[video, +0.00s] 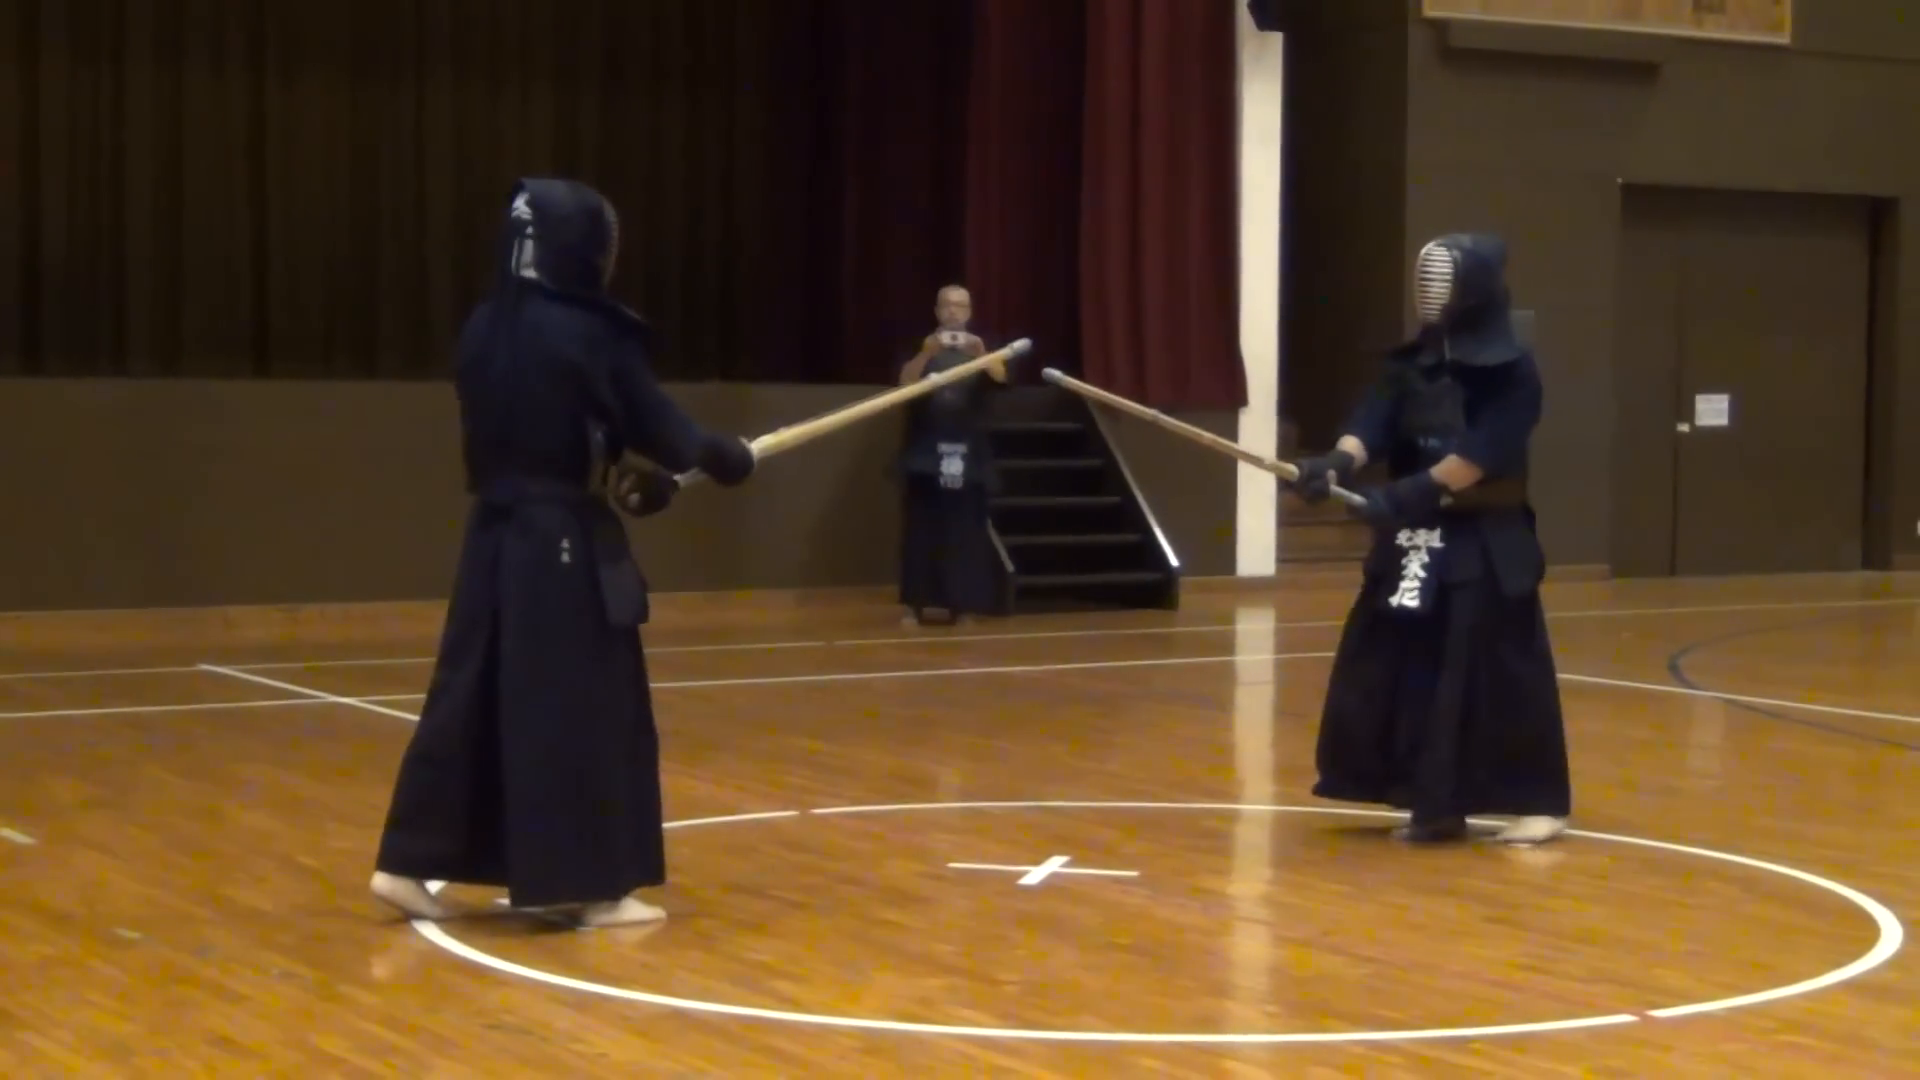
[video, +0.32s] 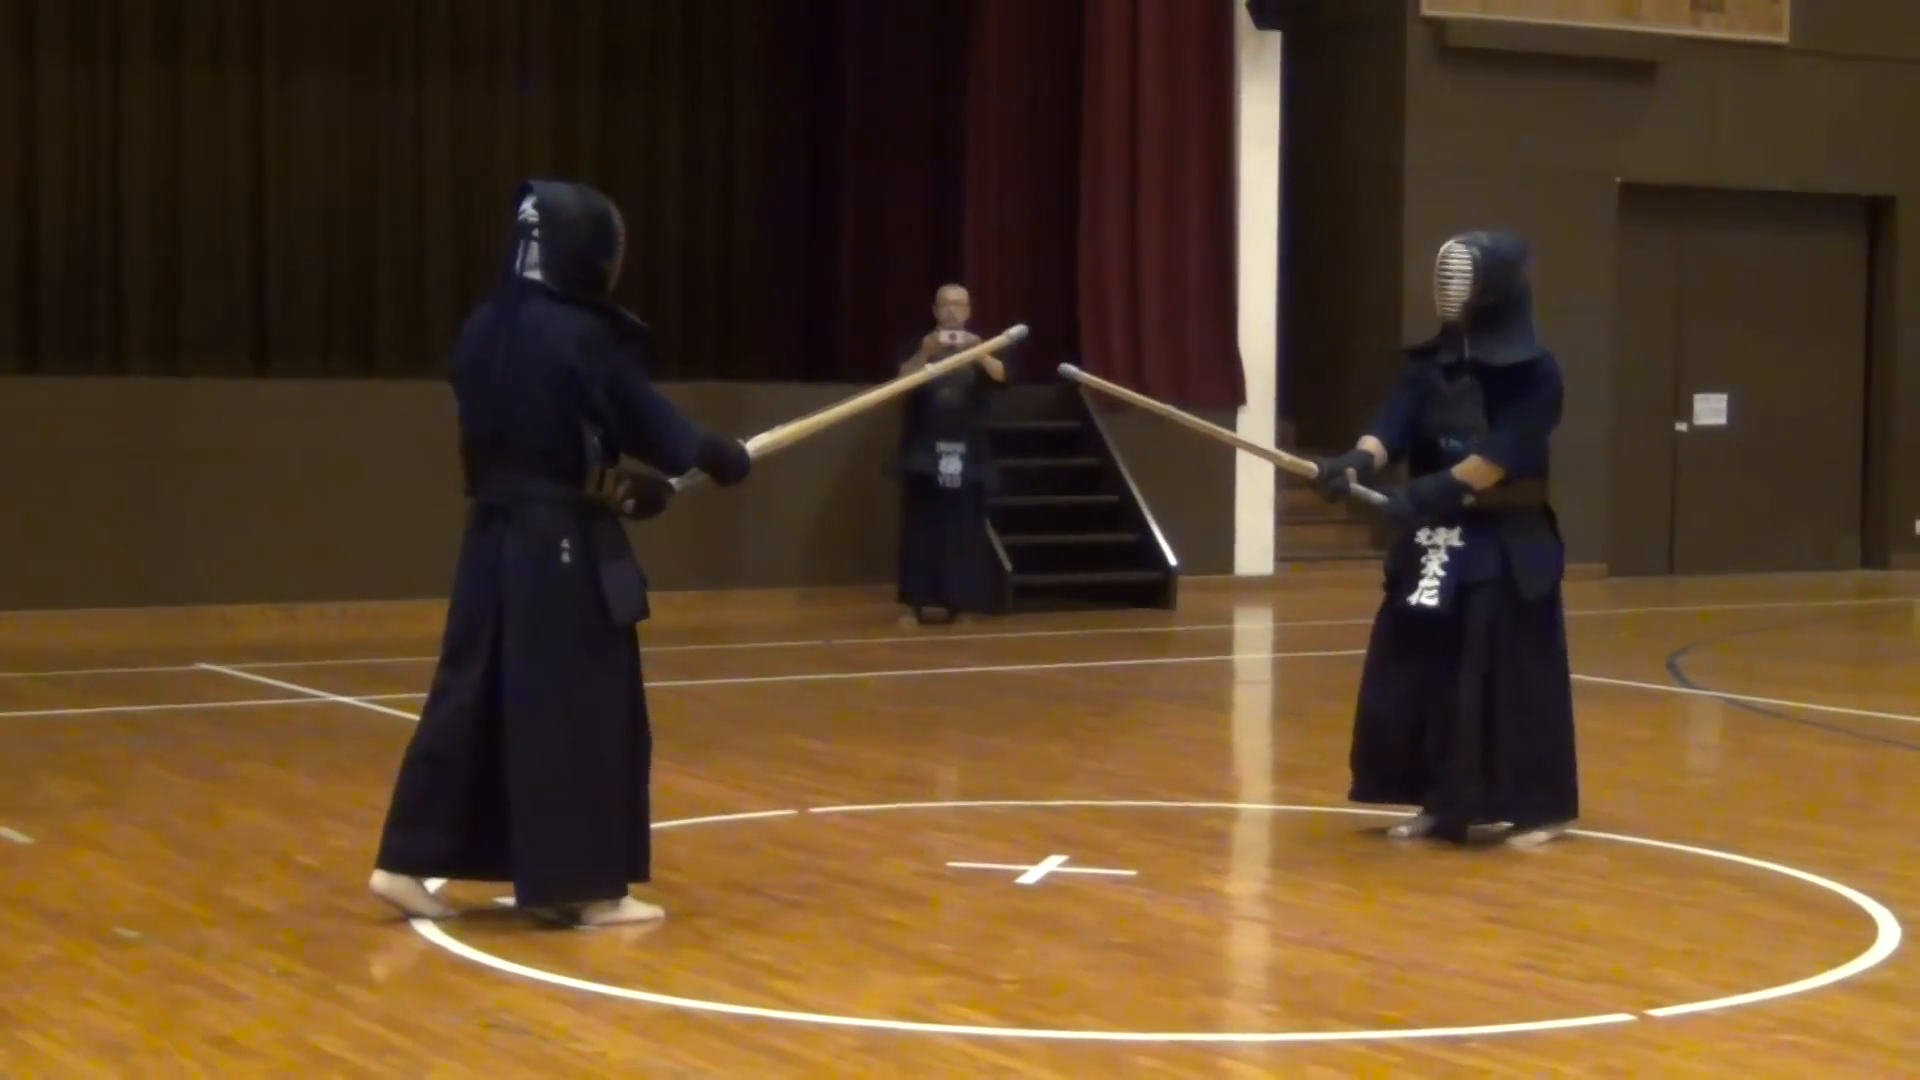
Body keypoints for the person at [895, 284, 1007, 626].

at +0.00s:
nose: (954, 312)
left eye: (961, 306)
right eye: (948, 306)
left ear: (970, 311)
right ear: (937, 310)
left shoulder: (980, 351)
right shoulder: (923, 348)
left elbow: (1002, 377)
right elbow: (905, 382)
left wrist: (977, 350)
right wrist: (928, 352)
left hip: (967, 445)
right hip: (926, 443)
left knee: (965, 521)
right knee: (923, 520)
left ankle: (962, 604)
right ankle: (915, 602)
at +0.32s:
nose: (953, 311)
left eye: (959, 305)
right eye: (946, 305)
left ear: (969, 310)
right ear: (935, 309)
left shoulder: (981, 348)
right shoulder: (920, 347)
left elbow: (1001, 376)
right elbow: (902, 380)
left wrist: (974, 349)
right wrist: (927, 353)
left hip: (967, 445)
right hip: (925, 444)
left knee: (962, 520)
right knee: (921, 520)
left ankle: (958, 601)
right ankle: (915, 600)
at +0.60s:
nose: (944, 312)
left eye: (950, 306)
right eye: (937, 306)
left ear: (960, 311)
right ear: (927, 310)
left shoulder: (969, 350)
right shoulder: (911, 347)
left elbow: (992, 377)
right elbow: (894, 382)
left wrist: (968, 349)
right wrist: (918, 352)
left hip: (957, 444)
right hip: (916, 443)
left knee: (954, 520)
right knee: (912, 520)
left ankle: (951, 602)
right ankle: (907, 601)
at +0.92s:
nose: (924, 313)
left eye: (930, 307)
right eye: (918, 307)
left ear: (940, 311)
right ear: (907, 311)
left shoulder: (950, 347)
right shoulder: (894, 348)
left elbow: (974, 377)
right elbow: (872, 383)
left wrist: (949, 354)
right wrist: (900, 356)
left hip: (937, 442)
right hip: (896, 441)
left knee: (932, 521)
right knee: (893, 520)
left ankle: (928, 602)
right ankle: (886, 601)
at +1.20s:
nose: (909, 314)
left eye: (916, 308)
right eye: (903, 308)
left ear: (926, 313)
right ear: (893, 312)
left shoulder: (937, 350)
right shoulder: (879, 349)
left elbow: (965, 382)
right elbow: (859, 384)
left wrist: (935, 355)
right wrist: (884, 354)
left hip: (924, 446)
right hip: (882, 445)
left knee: (921, 522)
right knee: (879, 522)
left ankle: (918, 601)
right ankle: (875, 602)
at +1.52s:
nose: (894, 314)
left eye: (901, 308)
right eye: (889, 307)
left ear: (911, 313)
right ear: (878, 312)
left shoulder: (922, 352)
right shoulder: (862, 349)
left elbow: (949, 380)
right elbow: (844, 384)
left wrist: (920, 354)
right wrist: (868, 354)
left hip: (908, 448)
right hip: (866, 446)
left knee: (904, 525)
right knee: (861, 524)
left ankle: (901, 607)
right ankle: (853, 606)